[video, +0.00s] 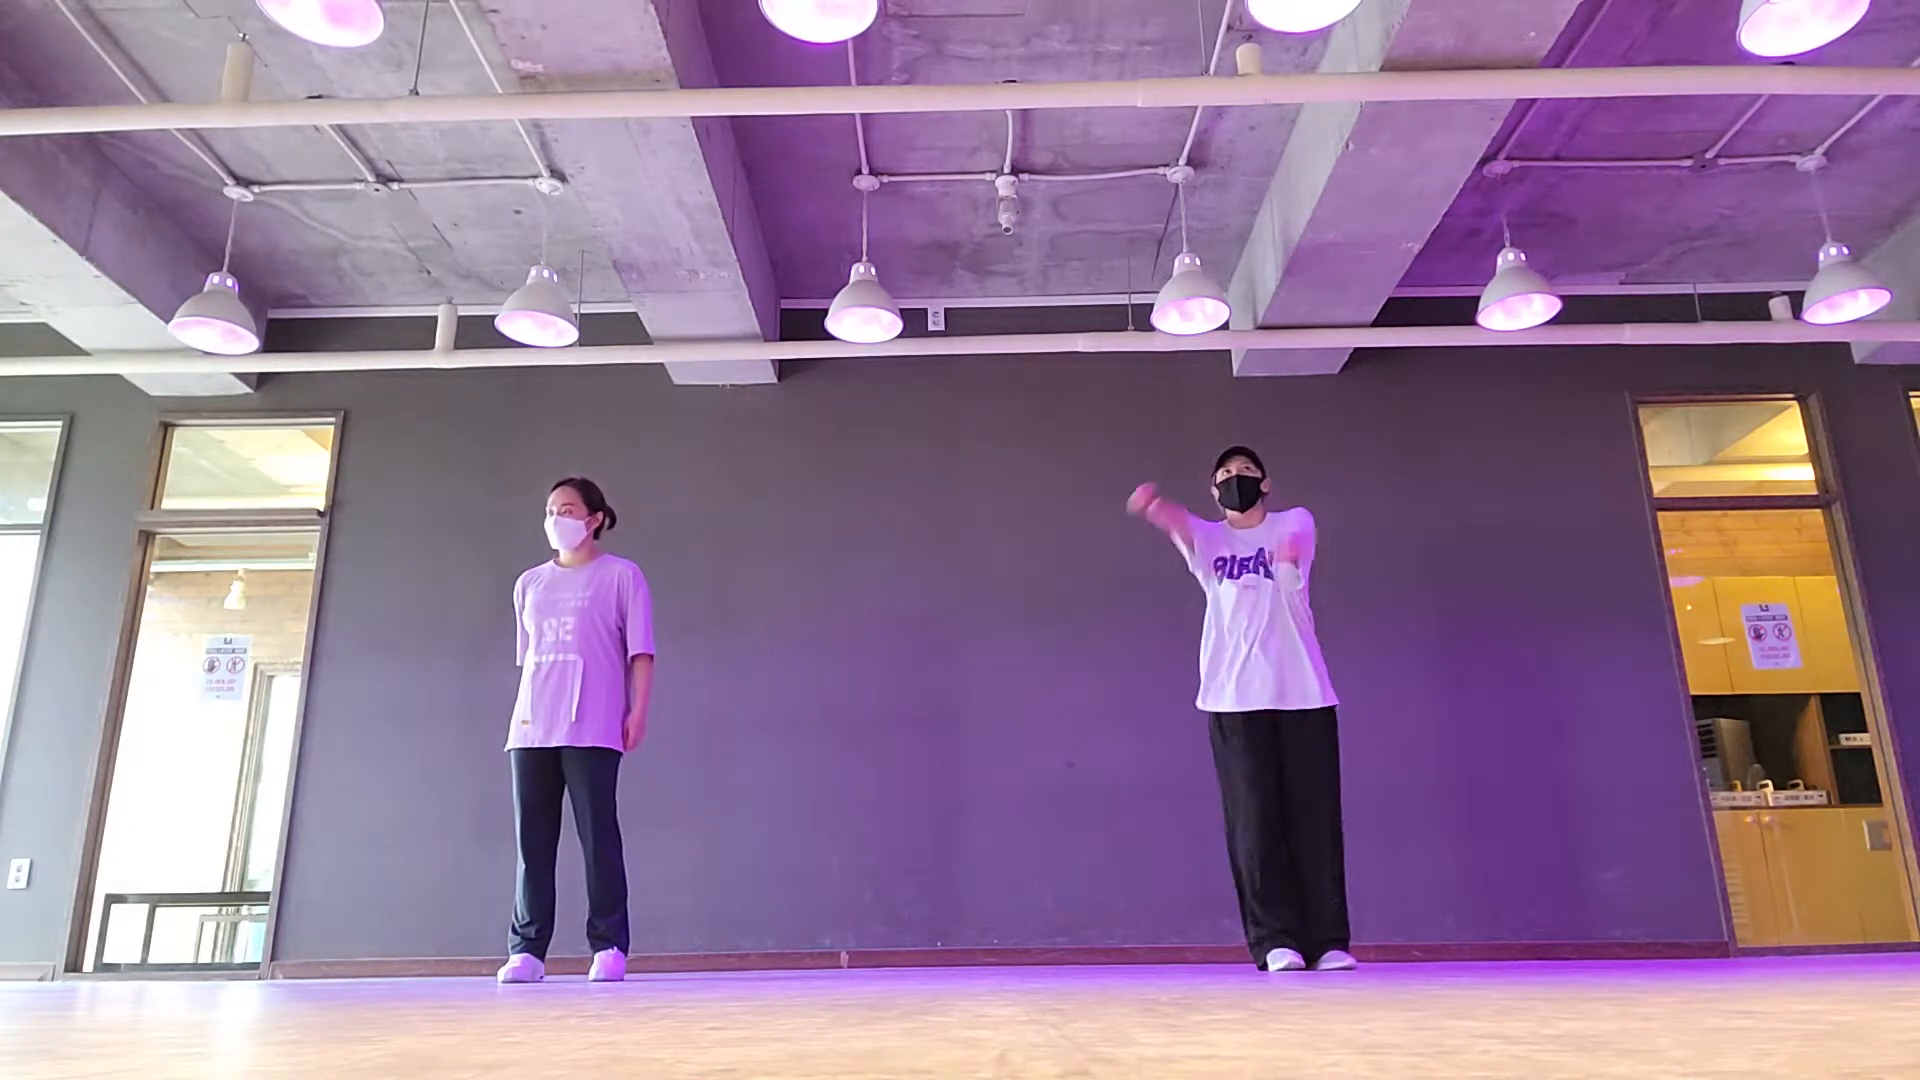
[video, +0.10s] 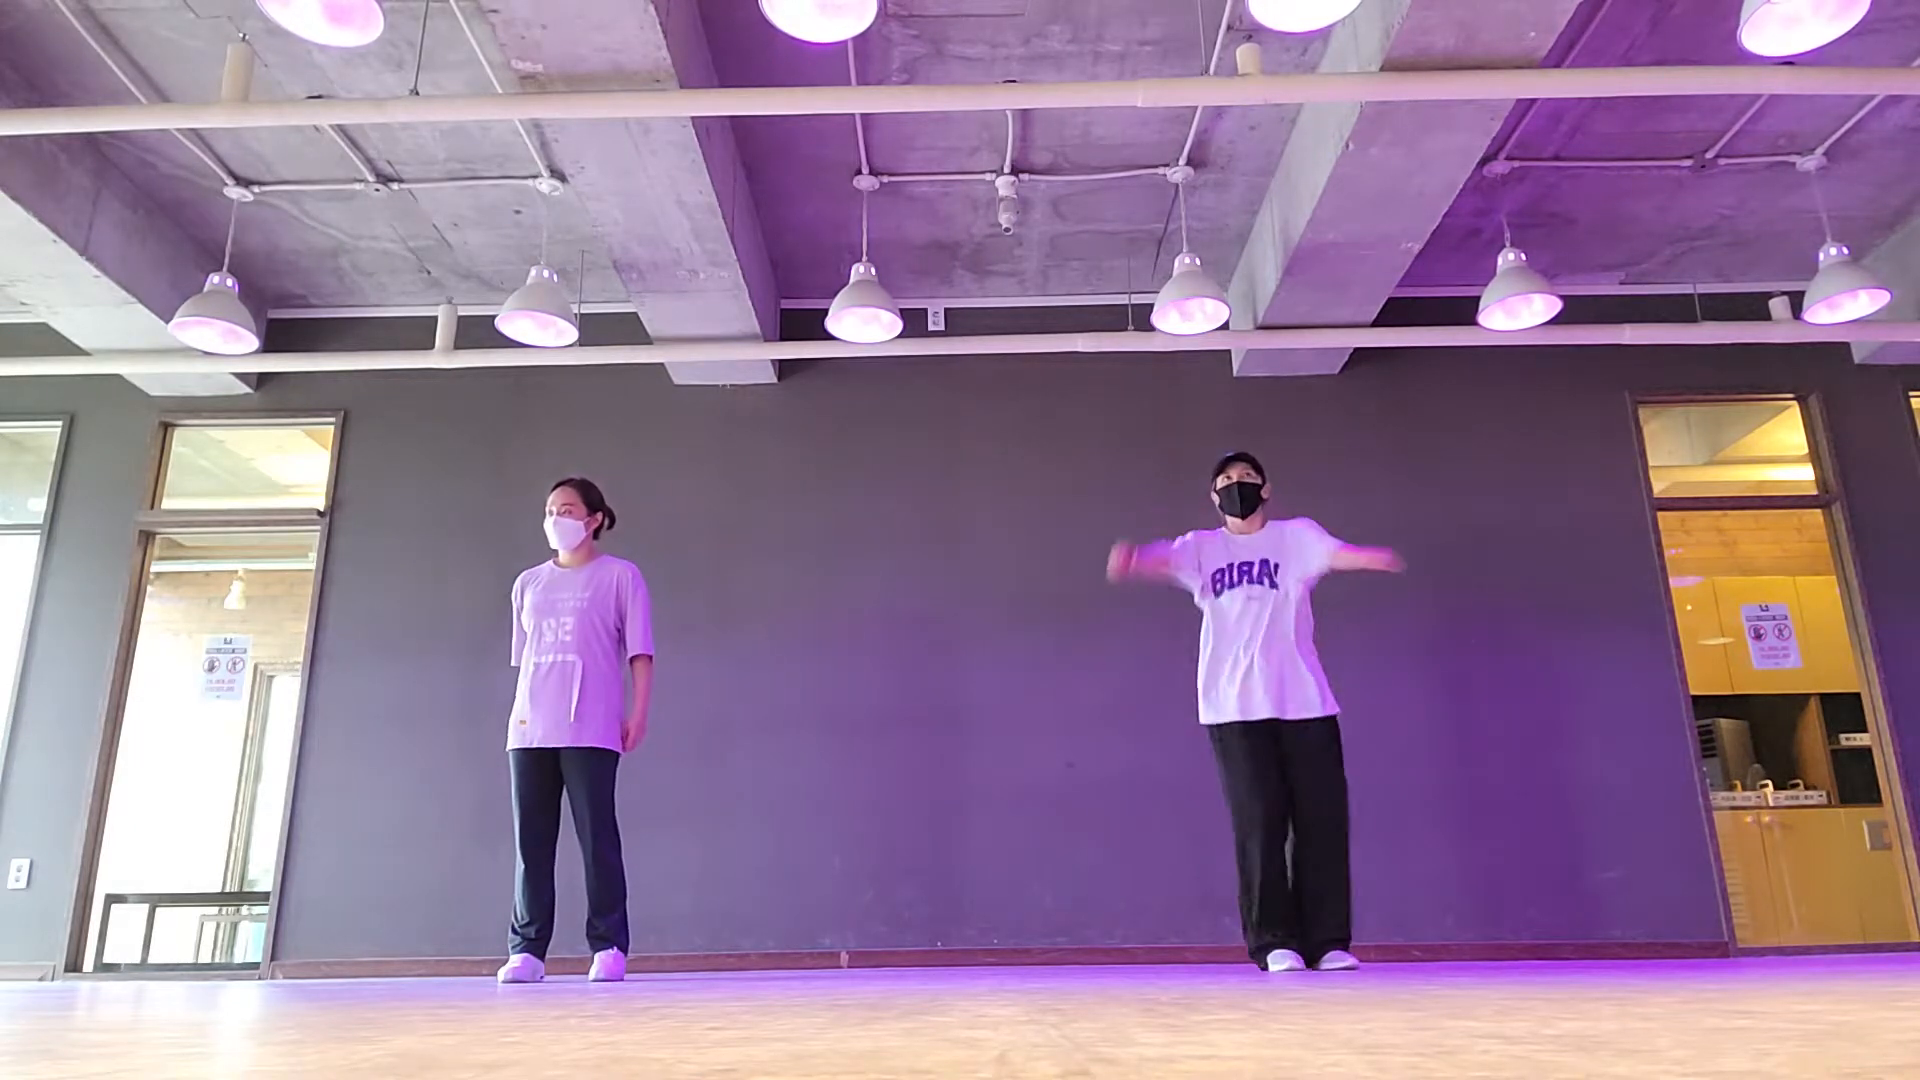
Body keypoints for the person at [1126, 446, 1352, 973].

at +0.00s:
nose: (1235, 482)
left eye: (1246, 474)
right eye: (1226, 477)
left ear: (1265, 485)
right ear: (1216, 493)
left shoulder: (1294, 523)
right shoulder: (1203, 537)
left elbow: (1298, 533)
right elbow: (1177, 521)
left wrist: (1287, 551)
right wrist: (1151, 505)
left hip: (1304, 696)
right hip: (1236, 703)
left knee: (1315, 821)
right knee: (1256, 828)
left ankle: (1328, 943)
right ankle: (1273, 945)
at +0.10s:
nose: (1238, 490)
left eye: (1247, 482)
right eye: (1227, 485)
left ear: (1266, 491)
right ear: (1214, 497)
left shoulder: (1298, 536)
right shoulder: (1199, 548)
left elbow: (1339, 554)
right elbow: (1156, 559)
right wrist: (1128, 560)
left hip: (1305, 703)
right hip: (1236, 709)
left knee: (1324, 821)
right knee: (1260, 825)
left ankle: (1327, 943)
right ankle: (1273, 944)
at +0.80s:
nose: (1289, 474)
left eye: (1297, 466)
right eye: (1276, 468)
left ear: (1310, 477)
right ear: (1260, 485)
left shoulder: (1340, 543)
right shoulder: (1247, 541)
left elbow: (1356, 630)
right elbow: (1212, 610)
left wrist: (1369, 693)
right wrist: (1180, 665)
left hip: (1343, 703)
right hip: (1274, 705)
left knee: (1367, 824)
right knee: (1274, 829)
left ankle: (1386, 943)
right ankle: (1278, 945)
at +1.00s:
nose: (1308, 482)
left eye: (1316, 474)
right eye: (1295, 476)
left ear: (1329, 484)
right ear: (1278, 489)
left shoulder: (1358, 548)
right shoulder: (1266, 534)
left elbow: (1405, 599)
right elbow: (1278, 557)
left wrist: (1455, 617)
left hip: (1355, 705)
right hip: (1284, 705)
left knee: (1371, 831)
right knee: (1287, 832)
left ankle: (1390, 946)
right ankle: (1283, 946)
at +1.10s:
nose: (1313, 481)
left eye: (1322, 474)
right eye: (1301, 475)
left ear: (1336, 484)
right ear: (1285, 489)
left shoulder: (1369, 545)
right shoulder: (1271, 534)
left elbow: (1408, 586)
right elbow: (1311, 550)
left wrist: (1437, 572)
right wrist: (1366, 514)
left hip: (1357, 705)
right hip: (1285, 702)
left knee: (1371, 830)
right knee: (1288, 829)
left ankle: (1389, 947)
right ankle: (1283, 945)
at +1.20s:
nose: (1312, 488)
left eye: (1322, 479)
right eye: (1301, 481)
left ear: (1336, 486)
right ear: (1284, 489)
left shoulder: (1371, 544)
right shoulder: (1272, 535)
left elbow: (1403, 588)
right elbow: (1320, 561)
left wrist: (1423, 556)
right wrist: (1395, 538)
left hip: (1359, 702)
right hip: (1287, 699)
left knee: (1368, 824)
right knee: (1283, 822)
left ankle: (1387, 946)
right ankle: (1273, 943)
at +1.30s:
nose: (1306, 486)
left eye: (1315, 477)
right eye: (1295, 479)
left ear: (1330, 487)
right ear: (1280, 491)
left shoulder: (1366, 544)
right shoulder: (1266, 536)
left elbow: (1390, 606)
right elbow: (1312, 574)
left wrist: (1408, 582)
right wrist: (1389, 572)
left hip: (1359, 704)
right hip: (1286, 702)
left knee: (1370, 829)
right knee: (1279, 829)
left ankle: (1386, 947)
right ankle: (1270, 944)